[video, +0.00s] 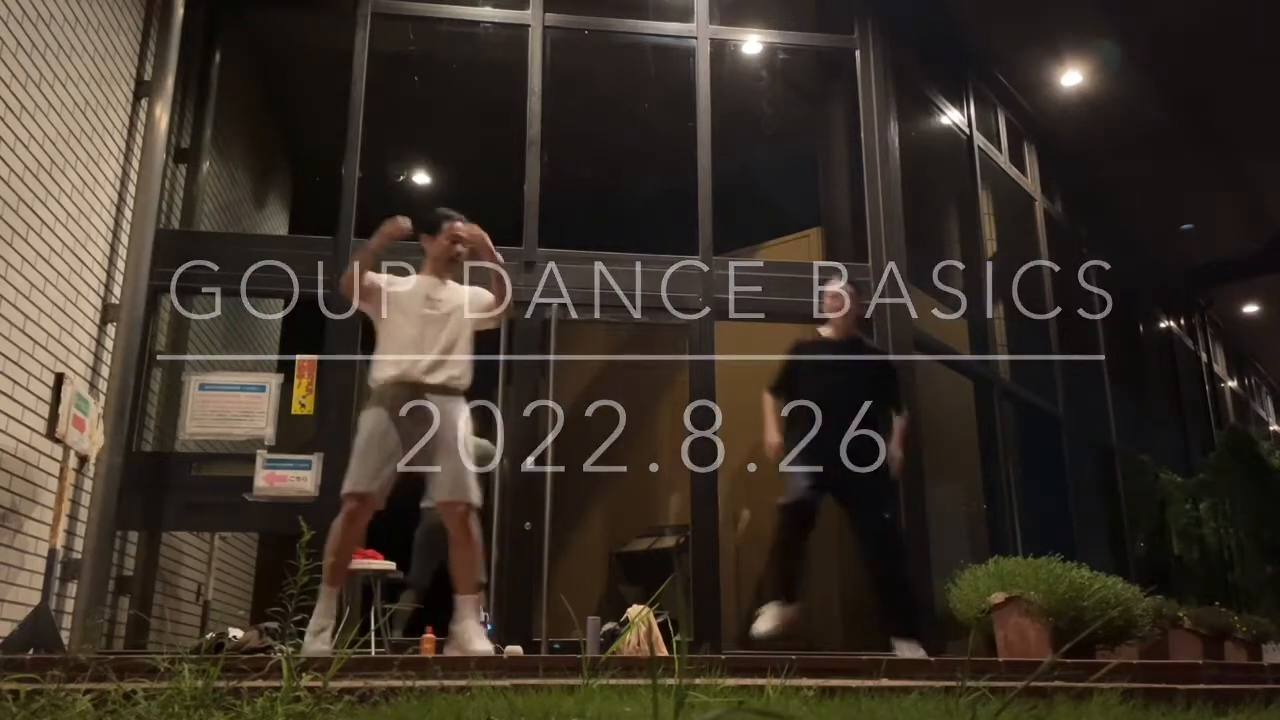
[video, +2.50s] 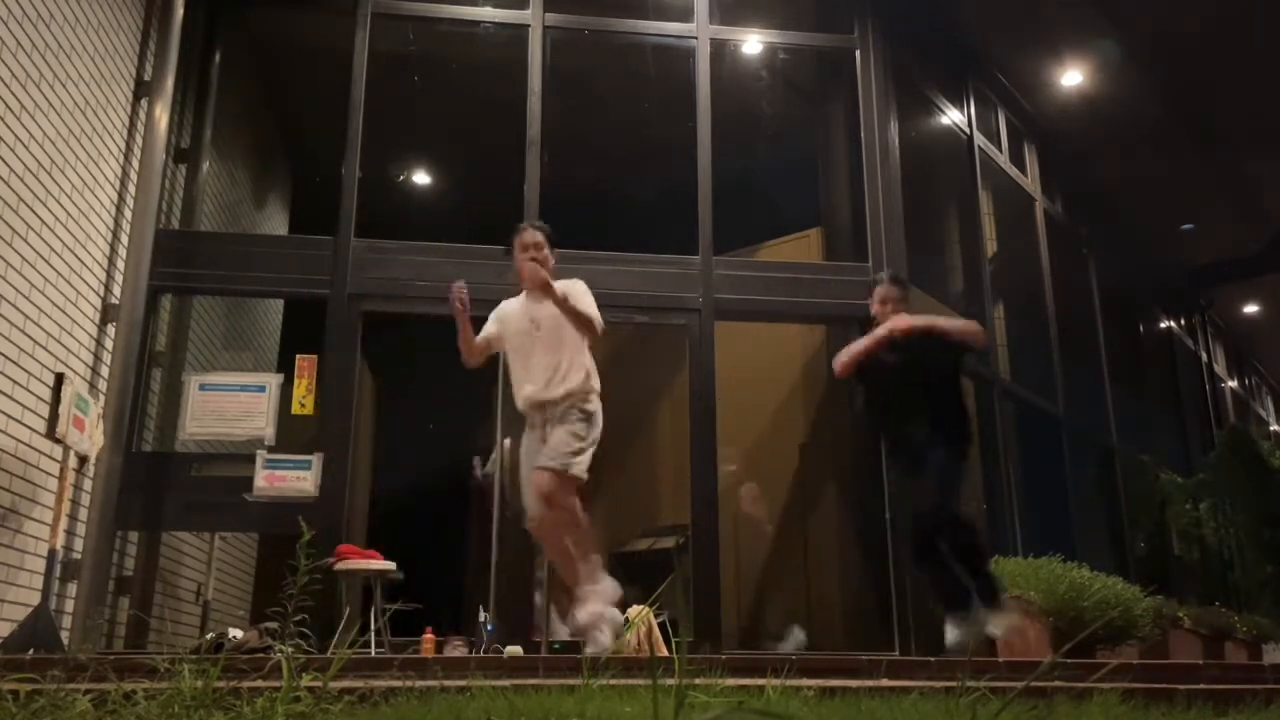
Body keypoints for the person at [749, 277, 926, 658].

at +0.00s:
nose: (833, 304)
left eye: (841, 298)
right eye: (828, 297)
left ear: (857, 307)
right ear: (821, 304)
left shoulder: (876, 358)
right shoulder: (804, 351)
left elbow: (898, 409)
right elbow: (772, 392)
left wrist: (896, 448)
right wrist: (772, 431)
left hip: (861, 461)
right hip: (810, 457)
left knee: (882, 541)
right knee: (793, 514)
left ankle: (903, 634)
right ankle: (779, 601)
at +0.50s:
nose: (779, 342)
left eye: (785, 335)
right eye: (772, 335)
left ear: (792, 342)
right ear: (757, 341)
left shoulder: (811, 387)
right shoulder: (745, 396)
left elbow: (833, 427)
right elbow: (732, 446)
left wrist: (835, 459)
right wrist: (736, 479)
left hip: (807, 483)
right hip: (761, 486)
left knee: (820, 547)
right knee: (752, 560)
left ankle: (793, 618)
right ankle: (736, 638)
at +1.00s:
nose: (863, 343)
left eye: (867, 335)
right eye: (854, 335)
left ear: (874, 341)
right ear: (838, 341)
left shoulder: (877, 385)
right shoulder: (822, 382)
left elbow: (913, 408)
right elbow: (813, 434)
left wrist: (927, 423)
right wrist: (859, 419)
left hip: (879, 486)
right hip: (835, 489)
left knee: (896, 552)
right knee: (866, 545)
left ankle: (905, 637)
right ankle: (864, 633)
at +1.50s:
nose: (777, 328)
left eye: (784, 321)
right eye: (770, 320)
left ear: (795, 329)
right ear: (757, 328)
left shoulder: (812, 376)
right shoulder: (743, 378)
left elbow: (827, 425)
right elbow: (715, 422)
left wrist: (836, 462)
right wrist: (719, 463)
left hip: (804, 479)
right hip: (753, 480)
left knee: (825, 554)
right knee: (734, 558)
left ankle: (799, 620)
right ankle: (711, 638)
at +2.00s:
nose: (836, 323)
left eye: (844, 316)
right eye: (831, 315)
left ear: (856, 324)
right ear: (819, 321)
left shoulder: (868, 366)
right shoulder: (808, 363)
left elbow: (891, 405)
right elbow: (772, 362)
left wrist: (843, 388)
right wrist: (763, 402)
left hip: (861, 472)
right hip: (814, 466)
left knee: (870, 551)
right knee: (770, 510)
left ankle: (866, 635)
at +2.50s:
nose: (890, 311)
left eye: (896, 303)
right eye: (882, 303)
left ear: (908, 304)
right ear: (872, 307)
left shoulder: (934, 337)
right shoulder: (869, 349)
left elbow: (979, 335)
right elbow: (840, 366)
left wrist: (919, 324)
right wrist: (882, 334)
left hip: (947, 440)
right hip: (903, 448)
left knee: (944, 518)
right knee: (919, 530)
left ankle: (991, 603)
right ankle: (957, 612)